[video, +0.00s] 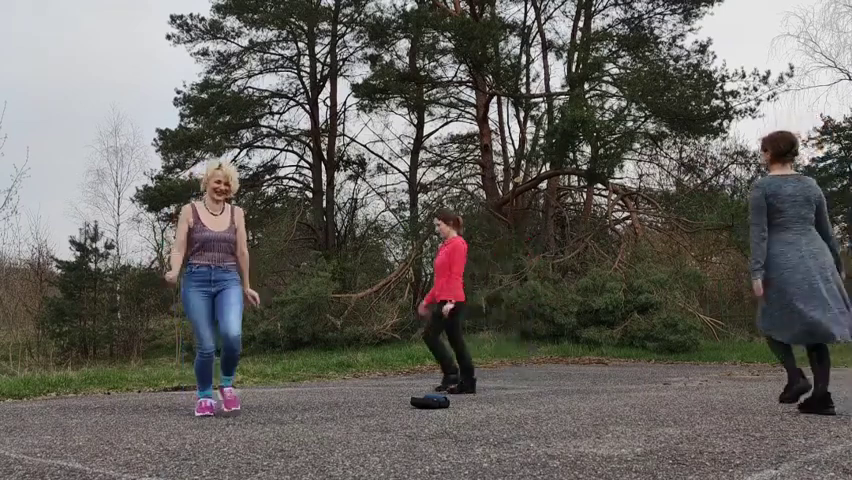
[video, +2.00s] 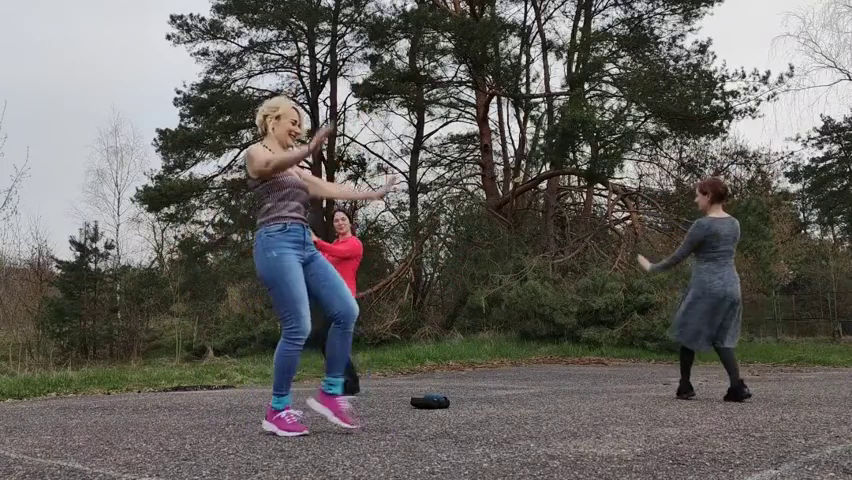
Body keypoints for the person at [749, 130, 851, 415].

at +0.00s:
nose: (762, 156)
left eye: (763, 152)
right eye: (762, 151)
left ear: (770, 154)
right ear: (792, 154)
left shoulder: (762, 186)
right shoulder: (811, 185)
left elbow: (759, 233)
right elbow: (826, 231)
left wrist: (756, 272)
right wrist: (836, 266)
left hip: (782, 262)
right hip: (817, 260)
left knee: (770, 324)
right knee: (815, 326)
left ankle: (795, 377)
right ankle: (822, 396)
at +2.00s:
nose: (696, 200)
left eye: (699, 195)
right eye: (696, 195)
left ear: (709, 196)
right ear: (719, 197)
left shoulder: (702, 225)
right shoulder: (734, 224)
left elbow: (679, 256)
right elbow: (727, 251)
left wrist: (652, 268)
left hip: (706, 287)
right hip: (731, 286)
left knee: (688, 332)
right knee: (720, 337)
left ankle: (685, 384)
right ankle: (737, 385)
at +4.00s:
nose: (686, 212)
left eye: (687, 208)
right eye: (686, 209)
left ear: (694, 205)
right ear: (706, 203)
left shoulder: (698, 223)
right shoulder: (726, 223)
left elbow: (674, 240)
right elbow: (745, 248)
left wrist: (642, 243)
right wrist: (767, 264)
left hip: (713, 283)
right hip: (732, 282)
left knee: (722, 333)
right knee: (699, 321)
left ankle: (733, 384)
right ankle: (674, 357)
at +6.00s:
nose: (673, 211)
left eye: (675, 207)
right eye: (673, 207)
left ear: (687, 206)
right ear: (691, 207)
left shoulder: (683, 228)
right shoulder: (710, 231)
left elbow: (690, 255)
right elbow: (713, 265)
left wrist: (695, 281)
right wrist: (709, 283)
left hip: (688, 288)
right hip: (709, 286)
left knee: (679, 335)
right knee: (717, 334)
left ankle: (680, 383)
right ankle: (747, 379)